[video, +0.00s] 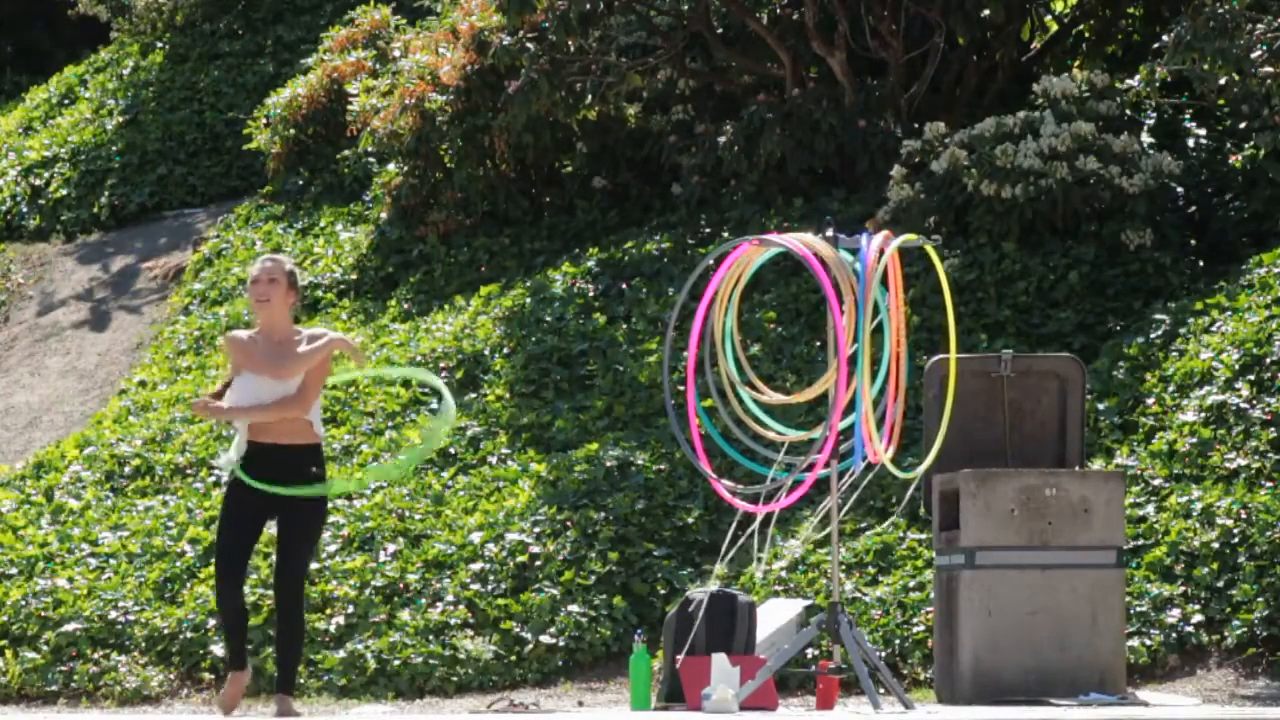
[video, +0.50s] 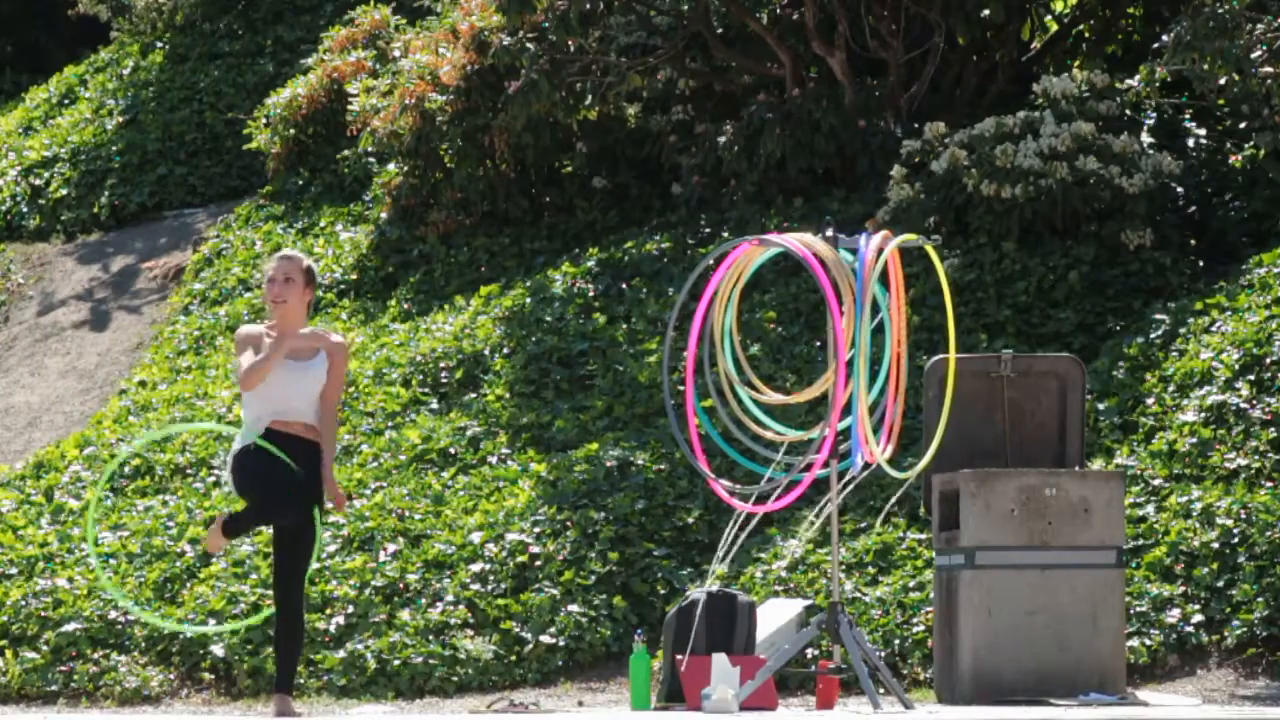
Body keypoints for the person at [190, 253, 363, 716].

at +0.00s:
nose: (258, 287)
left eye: (269, 281)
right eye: (253, 280)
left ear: (291, 293)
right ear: (246, 291)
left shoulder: (318, 343)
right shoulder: (236, 342)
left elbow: (302, 406)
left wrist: (232, 413)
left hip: (302, 467)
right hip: (253, 464)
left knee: (288, 584)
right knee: (226, 572)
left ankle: (285, 694)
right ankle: (237, 668)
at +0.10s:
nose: (262, 286)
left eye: (273, 280)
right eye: (257, 280)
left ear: (295, 293)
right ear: (249, 292)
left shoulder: (321, 344)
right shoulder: (241, 343)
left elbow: (308, 409)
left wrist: (250, 424)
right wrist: (326, 346)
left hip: (302, 462)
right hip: (251, 461)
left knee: (290, 584)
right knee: (231, 568)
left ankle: (285, 695)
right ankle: (233, 647)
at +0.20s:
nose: (266, 286)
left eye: (277, 280)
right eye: (262, 280)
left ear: (299, 292)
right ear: (253, 292)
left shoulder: (324, 345)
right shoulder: (244, 342)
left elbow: (313, 410)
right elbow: (263, 375)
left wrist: (276, 431)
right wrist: (323, 343)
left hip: (303, 456)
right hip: (253, 456)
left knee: (290, 579)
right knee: (247, 539)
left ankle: (284, 694)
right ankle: (232, 608)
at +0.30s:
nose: (269, 287)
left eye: (279, 281)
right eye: (265, 281)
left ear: (301, 293)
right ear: (258, 291)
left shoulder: (327, 347)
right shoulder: (246, 340)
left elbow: (317, 413)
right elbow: (268, 376)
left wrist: (292, 452)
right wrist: (317, 340)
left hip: (305, 457)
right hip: (253, 453)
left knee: (290, 582)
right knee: (272, 512)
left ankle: (284, 694)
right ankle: (232, 574)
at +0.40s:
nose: (273, 288)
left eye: (284, 281)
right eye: (269, 281)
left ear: (305, 291)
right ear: (262, 289)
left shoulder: (329, 340)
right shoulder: (249, 336)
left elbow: (324, 407)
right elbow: (260, 379)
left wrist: (312, 456)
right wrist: (296, 336)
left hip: (303, 455)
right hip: (256, 449)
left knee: (289, 584)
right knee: (283, 504)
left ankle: (283, 693)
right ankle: (230, 544)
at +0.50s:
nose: (276, 288)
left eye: (287, 281)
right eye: (271, 281)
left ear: (309, 290)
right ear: (264, 290)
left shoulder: (332, 346)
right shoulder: (250, 336)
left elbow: (329, 410)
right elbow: (247, 381)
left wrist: (328, 472)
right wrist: (279, 341)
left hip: (307, 456)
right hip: (258, 448)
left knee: (289, 586)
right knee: (285, 499)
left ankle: (284, 694)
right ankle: (225, 530)